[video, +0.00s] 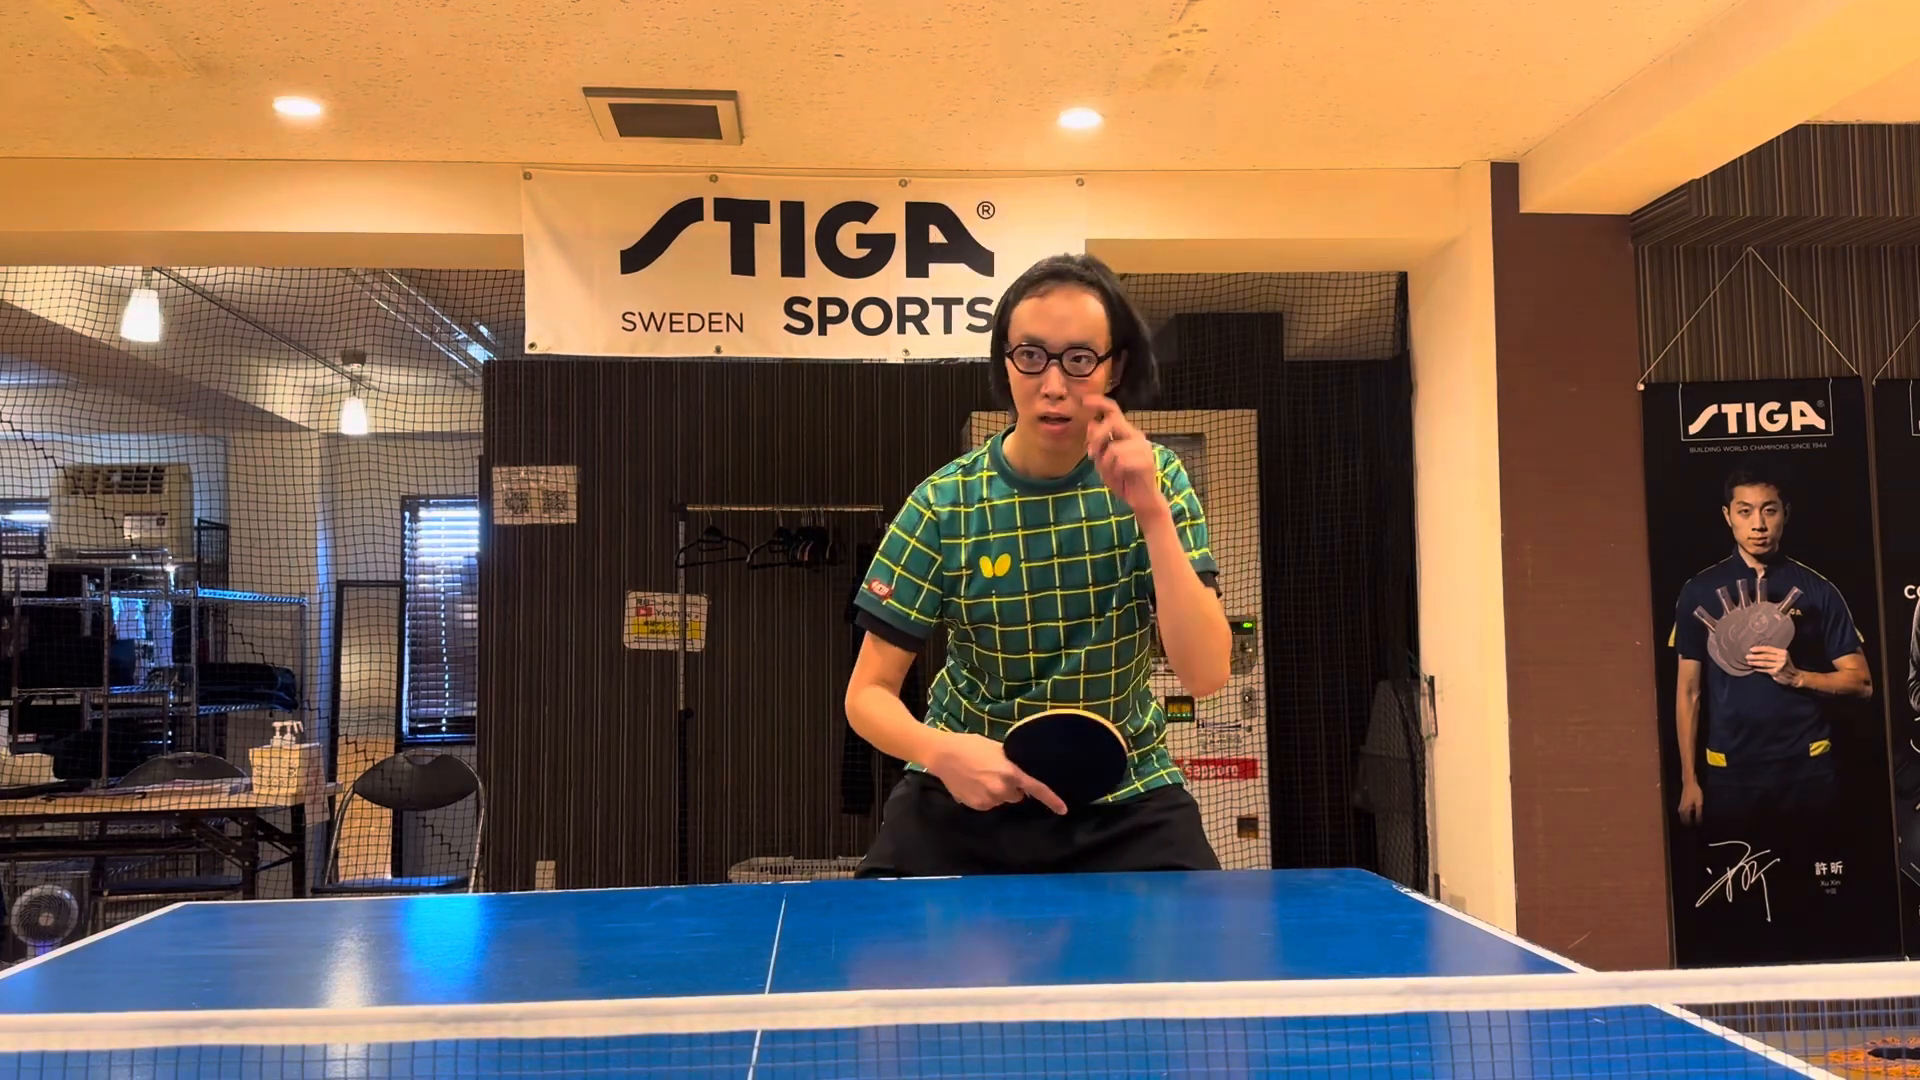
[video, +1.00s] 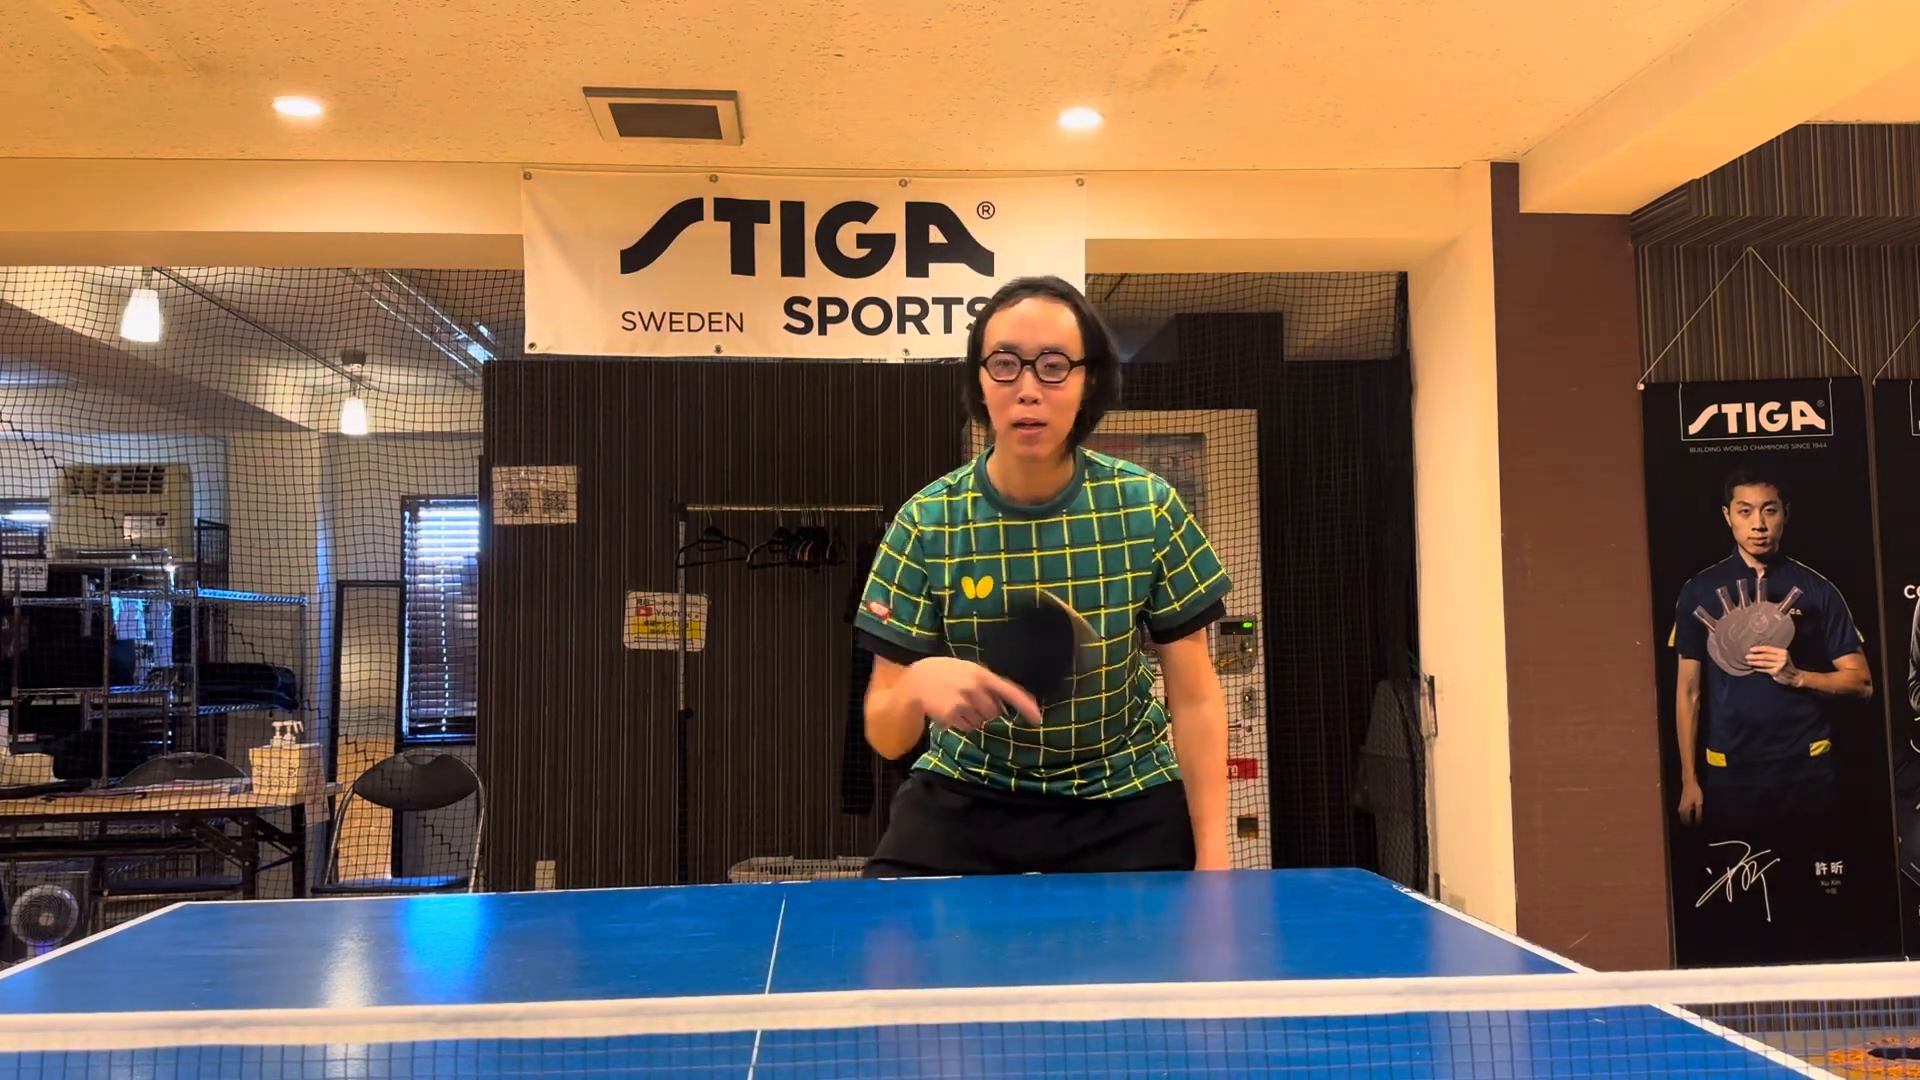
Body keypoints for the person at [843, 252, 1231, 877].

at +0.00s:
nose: (1053, 386)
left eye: (1079, 360)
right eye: (1031, 357)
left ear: (1116, 369)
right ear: (1004, 365)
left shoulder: (1154, 480)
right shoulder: (944, 504)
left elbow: (1204, 673)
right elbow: (867, 694)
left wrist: (1153, 516)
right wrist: (939, 752)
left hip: (1127, 792)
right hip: (959, 799)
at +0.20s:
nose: (1032, 387)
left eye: (1058, 363)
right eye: (1010, 361)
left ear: (1096, 378)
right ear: (986, 374)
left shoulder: (1149, 493)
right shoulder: (933, 513)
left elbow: (1203, 684)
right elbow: (869, 694)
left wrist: (1162, 623)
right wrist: (898, 767)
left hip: (1121, 792)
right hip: (962, 796)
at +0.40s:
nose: (1030, 400)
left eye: (1056, 371)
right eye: (1007, 370)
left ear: (1094, 383)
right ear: (983, 383)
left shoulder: (1149, 505)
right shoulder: (930, 522)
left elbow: (1197, 651)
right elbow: (879, 682)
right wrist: (862, 758)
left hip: (1110, 812)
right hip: (953, 808)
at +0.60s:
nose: (1052, 384)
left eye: (1078, 360)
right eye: (1030, 358)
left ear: (1116, 374)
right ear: (1006, 371)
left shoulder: (1173, 502)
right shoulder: (953, 510)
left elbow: (1212, 676)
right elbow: (891, 673)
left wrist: (1212, 831)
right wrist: (880, 724)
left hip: (1131, 805)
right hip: (968, 802)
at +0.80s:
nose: (1059, 376)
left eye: (1085, 355)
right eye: (1038, 351)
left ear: (1121, 375)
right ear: (1011, 368)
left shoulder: (1176, 500)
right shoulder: (955, 507)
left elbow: (1218, 688)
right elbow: (934, 685)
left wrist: (1227, 851)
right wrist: (904, 702)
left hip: (1134, 779)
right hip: (978, 777)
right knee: (901, 949)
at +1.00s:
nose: (1028, 388)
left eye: (1053, 366)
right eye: (1007, 364)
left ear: (1088, 383)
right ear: (980, 381)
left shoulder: (1148, 510)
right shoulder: (927, 522)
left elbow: (1195, 697)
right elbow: (885, 736)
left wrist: (1214, 867)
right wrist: (916, 681)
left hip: (1123, 799)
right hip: (963, 797)